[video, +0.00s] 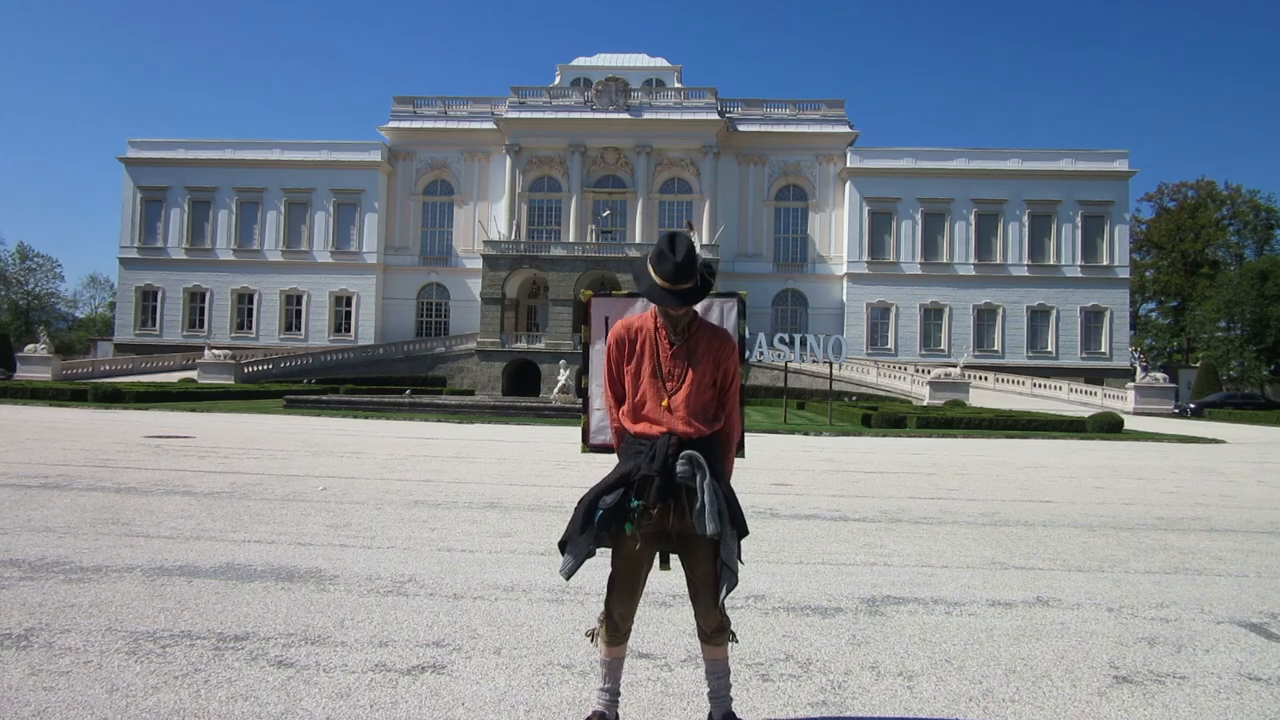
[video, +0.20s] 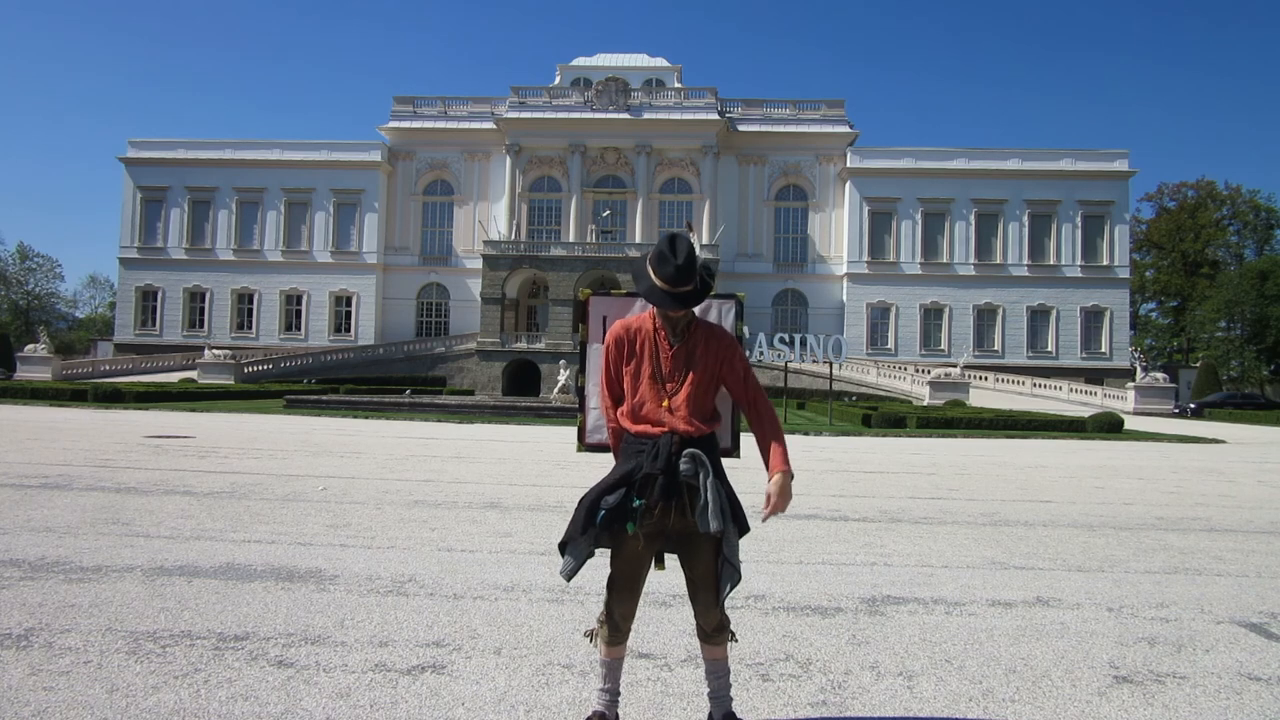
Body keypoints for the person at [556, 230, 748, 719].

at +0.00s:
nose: (677, 308)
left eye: (685, 300)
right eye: (668, 300)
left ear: (698, 293)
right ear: (653, 291)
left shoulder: (721, 344)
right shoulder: (624, 336)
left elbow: (729, 426)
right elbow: (617, 416)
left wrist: (718, 490)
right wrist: (643, 465)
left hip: (699, 490)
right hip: (639, 488)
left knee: (709, 606)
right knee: (620, 604)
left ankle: (721, 705)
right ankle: (607, 701)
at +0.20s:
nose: (676, 314)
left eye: (684, 305)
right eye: (667, 305)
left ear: (697, 298)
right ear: (652, 296)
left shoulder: (718, 342)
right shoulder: (622, 336)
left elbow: (756, 405)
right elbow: (612, 411)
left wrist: (780, 470)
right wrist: (633, 467)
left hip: (698, 481)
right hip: (638, 480)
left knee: (709, 603)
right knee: (620, 599)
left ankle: (720, 706)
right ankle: (606, 701)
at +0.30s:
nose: (678, 314)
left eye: (686, 304)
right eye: (669, 304)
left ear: (698, 297)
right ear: (653, 295)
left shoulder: (717, 338)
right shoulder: (623, 336)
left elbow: (775, 377)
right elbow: (611, 415)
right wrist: (631, 471)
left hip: (699, 481)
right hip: (639, 481)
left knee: (709, 603)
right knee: (620, 601)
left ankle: (721, 706)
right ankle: (606, 702)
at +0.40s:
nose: (679, 317)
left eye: (688, 308)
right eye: (670, 308)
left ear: (701, 299)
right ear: (654, 297)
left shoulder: (717, 335)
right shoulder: (625, 335)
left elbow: (779, 346)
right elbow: (612, 410)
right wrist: (629, 469)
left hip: (699, 478)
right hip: (638, 477)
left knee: (710, 600)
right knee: (621, 599)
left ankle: (721, 706)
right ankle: (606, 702)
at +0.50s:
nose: (678, 317)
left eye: (687, 308)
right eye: (669, 307)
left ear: (701, 296)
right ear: (653, 297)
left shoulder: (718, 329)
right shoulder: (627, 334)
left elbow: (776, 308)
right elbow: (610, 408)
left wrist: (752, 257)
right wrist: (628, 468)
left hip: (698, 475)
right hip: (639, 474)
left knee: (711, 598)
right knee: (623, 594)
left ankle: (721, 707)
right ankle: (606, 700)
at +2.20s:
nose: (687, 298)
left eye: (695, 288)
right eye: (677, 289)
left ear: (707, 290)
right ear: (660, 292)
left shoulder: (718, 336)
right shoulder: (634, 341)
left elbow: (788, 367)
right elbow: (587, 408)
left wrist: (777, 333)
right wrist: (556, 472)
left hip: (711, 476)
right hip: (651, 477)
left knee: (757, 590)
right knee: (632, 603)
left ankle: (767, 693)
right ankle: (608, 702)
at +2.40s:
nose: (733, 316)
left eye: (741, 307)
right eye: (723, 308)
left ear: (754, 310)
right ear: (709, 315)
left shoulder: (771, 369)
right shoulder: (692, 366)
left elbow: (792, 440)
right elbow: (677, 411)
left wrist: (772, 459)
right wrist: (700, 436)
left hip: (763, 501)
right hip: (709, 498)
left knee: (776, 612)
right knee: (673, 597)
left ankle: (768, 705)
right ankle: (620, 703)